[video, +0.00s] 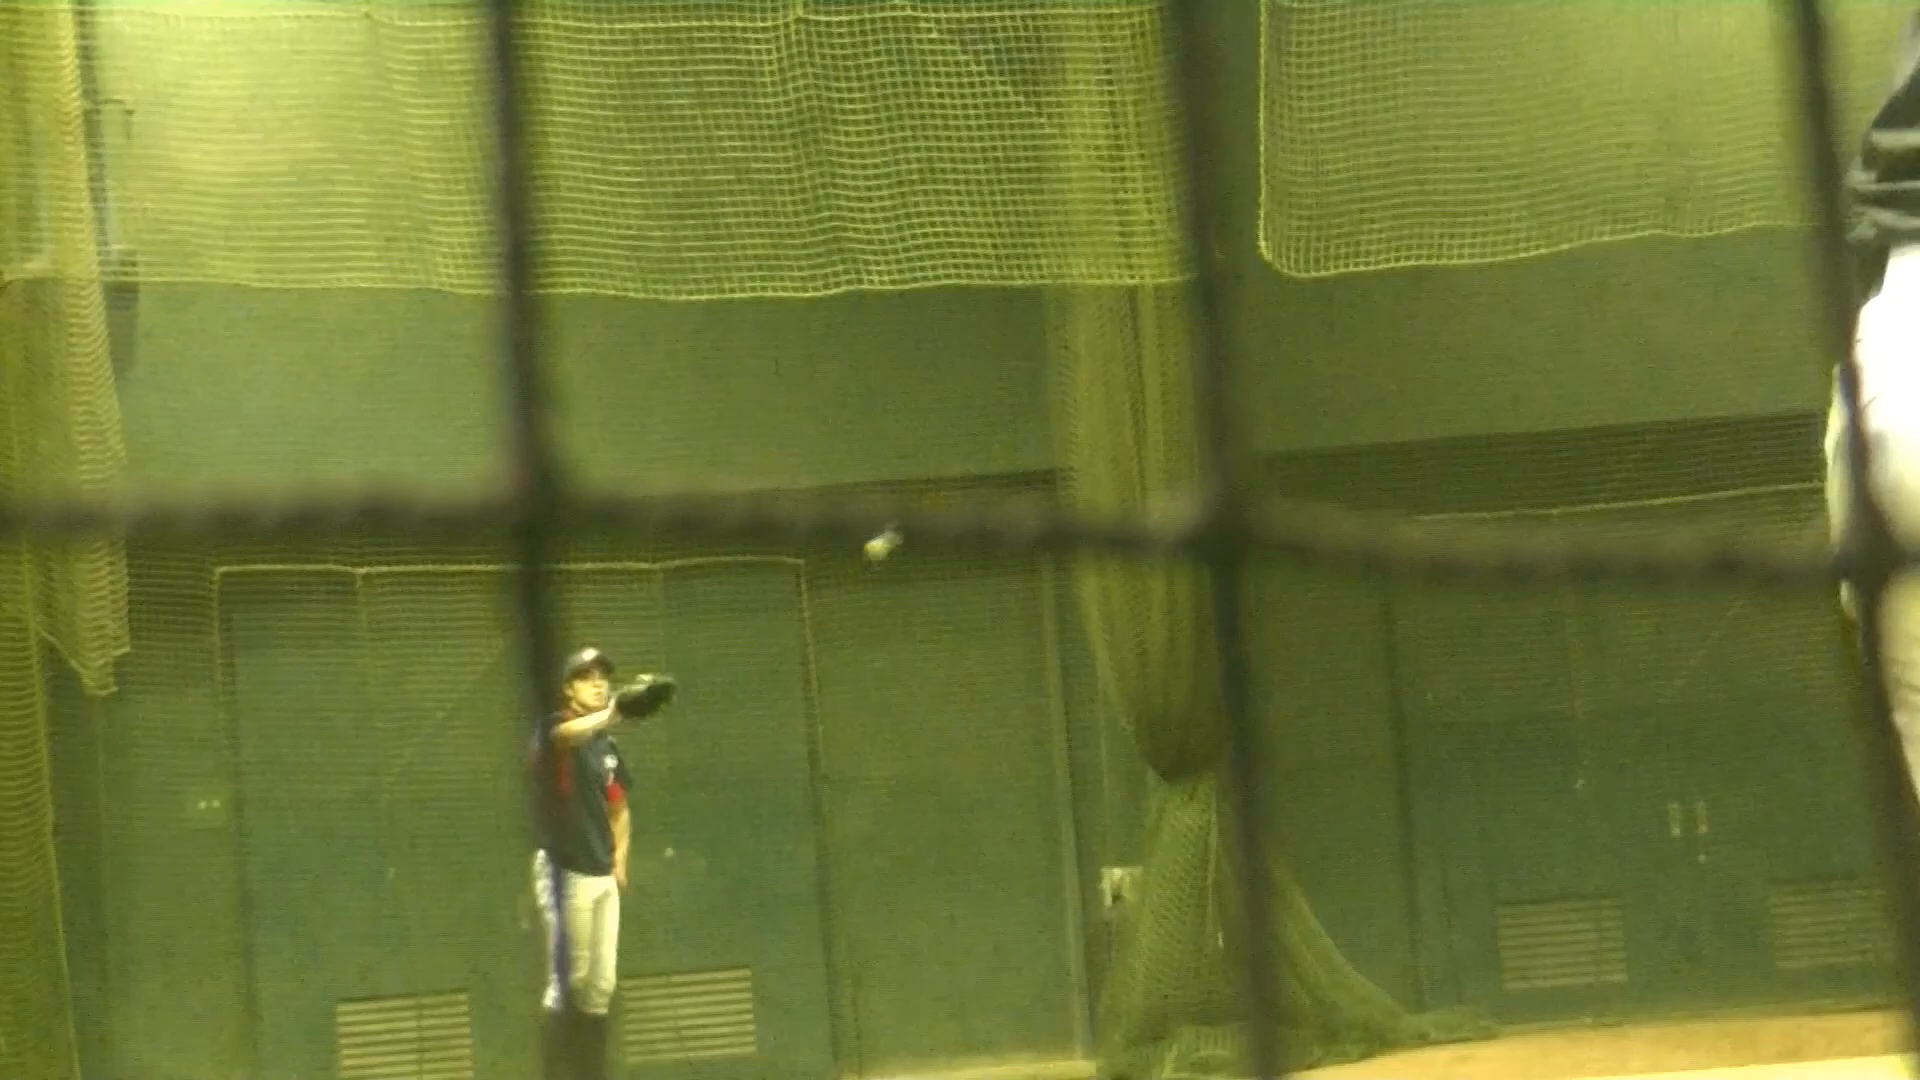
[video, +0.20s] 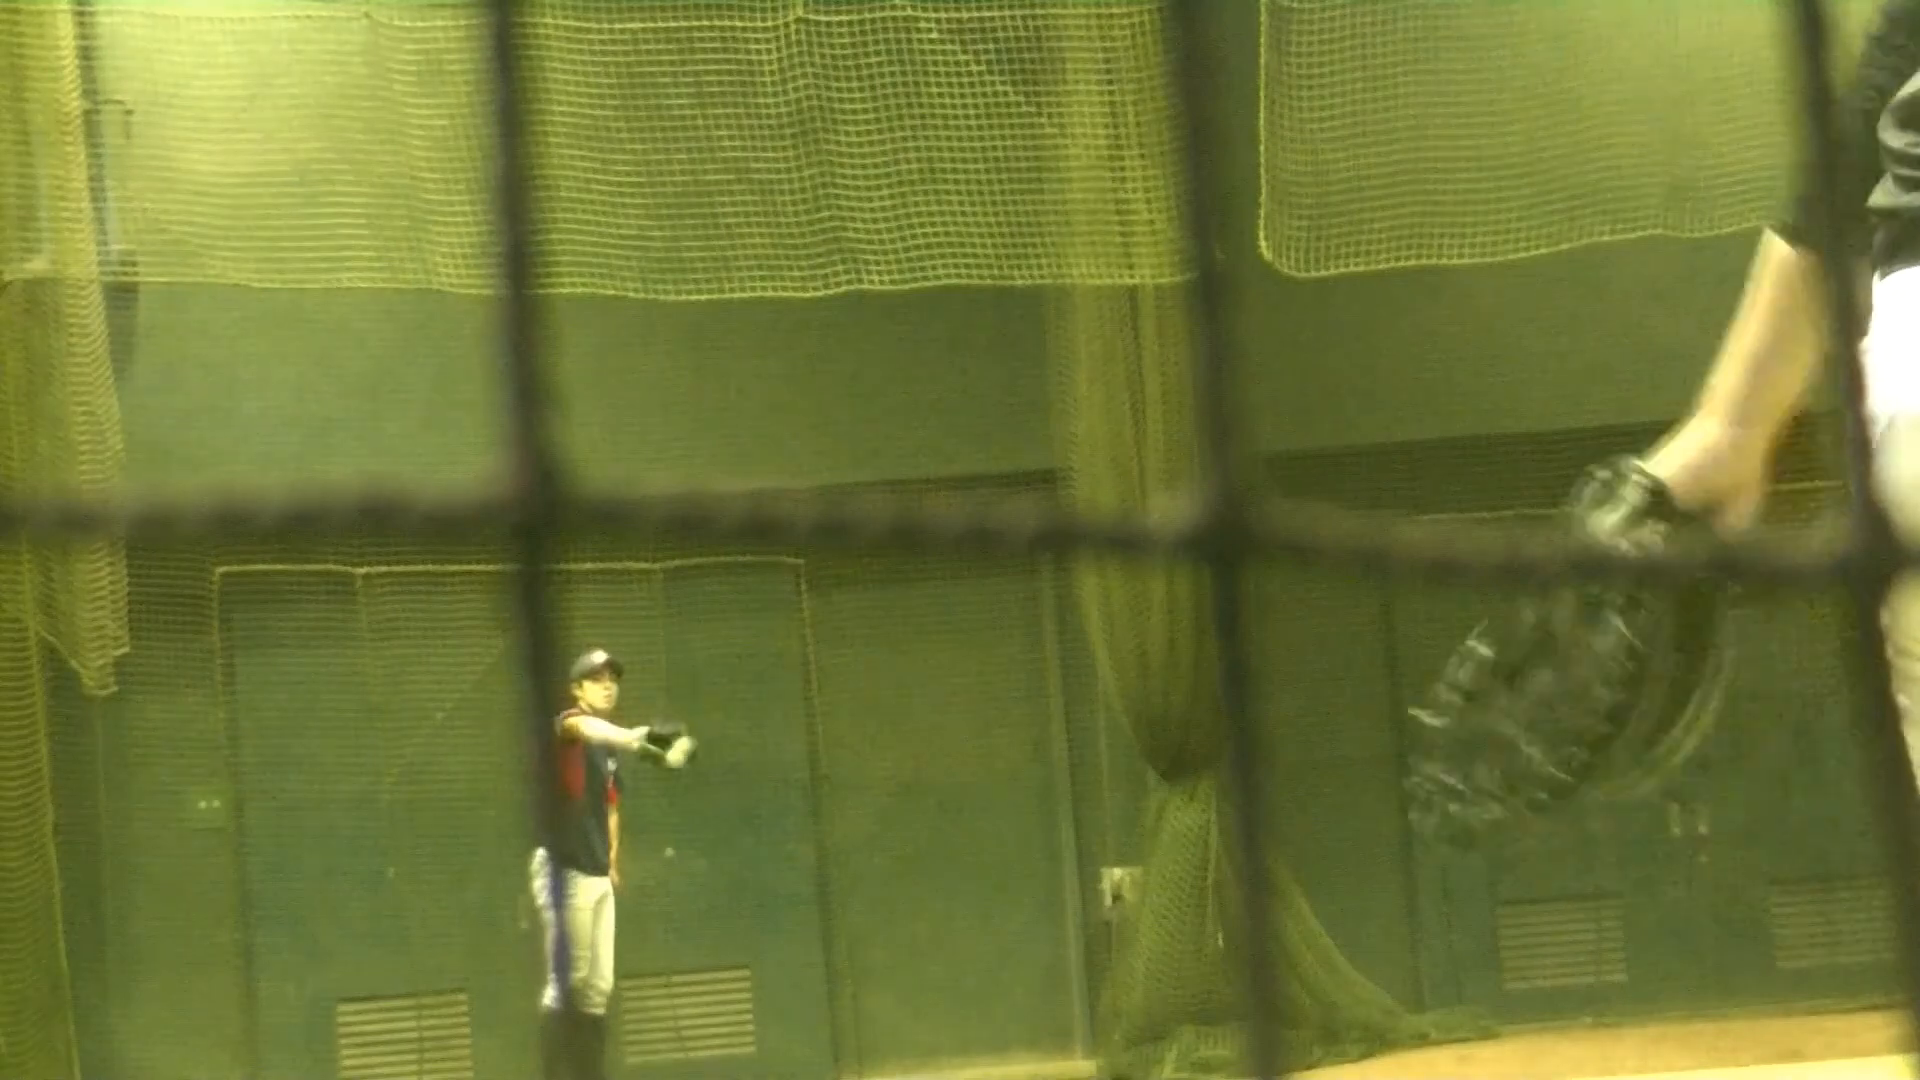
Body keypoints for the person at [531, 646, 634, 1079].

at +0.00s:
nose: (598, 688)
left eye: (602, 679)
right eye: (587, 679)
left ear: (608, 686)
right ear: (566, 688)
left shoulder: (606, 745)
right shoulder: (552, 731)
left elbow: (619, 808)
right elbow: (568, 732)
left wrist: (618, 862)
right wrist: (614, 711)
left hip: (603, 876)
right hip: (563, 874)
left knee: (600, 987)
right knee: (566, 986)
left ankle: (592, 1075)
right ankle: (559, 1075)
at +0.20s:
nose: (607, 686)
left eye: (610, 679)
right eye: (596, 679)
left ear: (616, 687)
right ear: (575, 688)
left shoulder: (606, 738)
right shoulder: (568, 723)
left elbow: (610, 806)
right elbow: (585, 728)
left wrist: (610, 863)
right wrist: (641, 739)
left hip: (598, 877)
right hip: (563, 874)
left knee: (597, 988)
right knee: (566, 987)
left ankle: (589, 1075)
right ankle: (559, 1075)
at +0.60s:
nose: (624, 692)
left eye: (623, 684)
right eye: (619, 684)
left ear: (593, 688)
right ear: (597, 686)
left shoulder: (573, 728)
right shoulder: (595, 730)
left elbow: (572, 810)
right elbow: (588, 807)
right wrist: (609, 876)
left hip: (577, 863)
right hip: (576, 865)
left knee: (595, 985)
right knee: (584, 986)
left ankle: (580, 1072)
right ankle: (576, 1073)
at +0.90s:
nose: (627, 694)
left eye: (625, 686)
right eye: (624, 685)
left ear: (594, 687)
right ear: (610, 686)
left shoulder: (575, 726)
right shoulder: (594, 724)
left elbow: (589, 799)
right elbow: (596, 786)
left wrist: (641, 853)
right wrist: (643, 838)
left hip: (576, 860)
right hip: (592, 862)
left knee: (589, 973)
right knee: (619, 969)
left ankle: (581, 1069)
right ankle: (582, 1069)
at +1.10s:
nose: (635, 694)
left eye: (633, 686)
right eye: (632, 686)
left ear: (600, 687)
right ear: (619, 686)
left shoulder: (584, 724)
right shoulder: (606, 719)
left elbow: (572, 791)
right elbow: (601, 761)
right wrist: (638, 814)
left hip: (584, 859)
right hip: (606, 861)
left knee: (604, 979)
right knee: (647, 967)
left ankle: (586, 1074)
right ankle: (645, 1071)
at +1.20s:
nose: (641, 693)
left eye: (639, 685)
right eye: (639, 685)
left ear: (604, 689)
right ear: (628, 686)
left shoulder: (588, 726)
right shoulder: (617, 719)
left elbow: (568, 791)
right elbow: (609, 767)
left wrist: (586, 832)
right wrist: (638, 824)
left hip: (585, 858)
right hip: (612, 857)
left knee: (607, 979)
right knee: (657, 969)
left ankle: (587, 1074)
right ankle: (679, 1071)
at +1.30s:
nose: (650, 692)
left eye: (648, 685)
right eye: (647, 685)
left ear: (612, 688)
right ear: (636, 686)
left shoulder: (596, 725)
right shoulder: (629, 720)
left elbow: (576, 791)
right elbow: (622, 780)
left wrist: (586, 839)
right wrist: (642, 838)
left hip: (592, 860)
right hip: (621, 858)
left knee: (611, 977)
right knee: (670, 965)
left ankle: (589, 1074)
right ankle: (701, 1071)